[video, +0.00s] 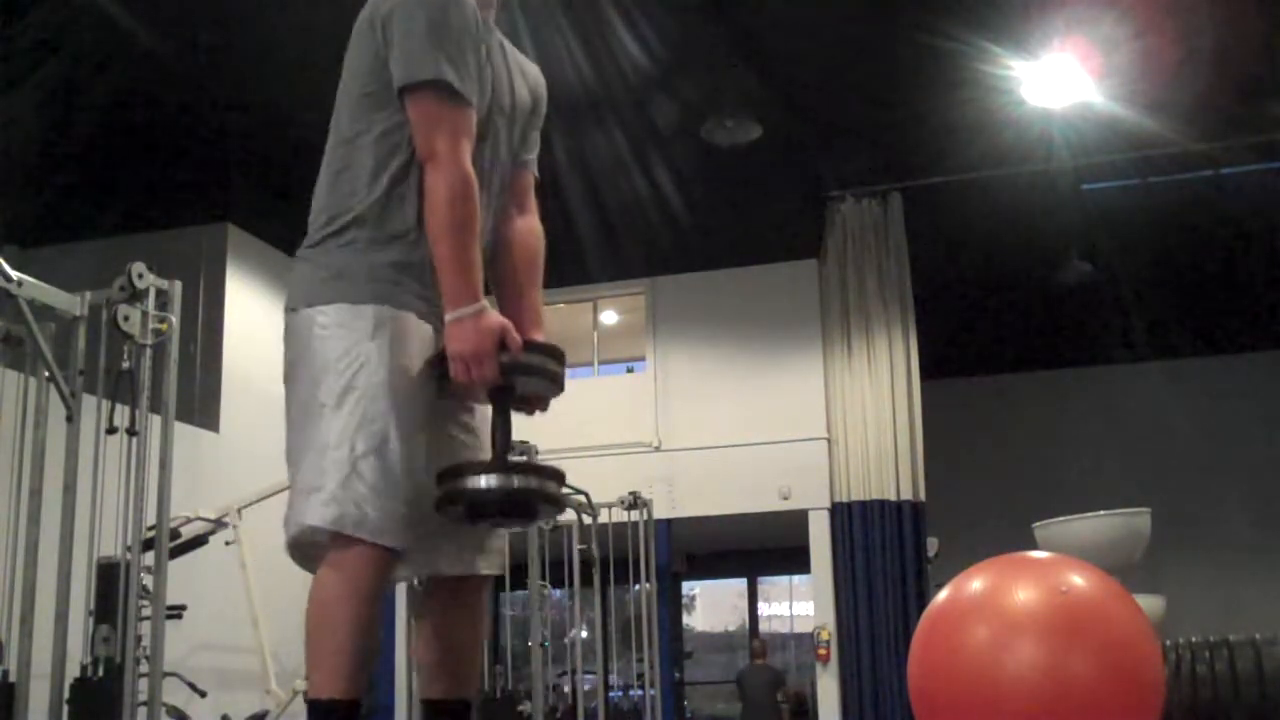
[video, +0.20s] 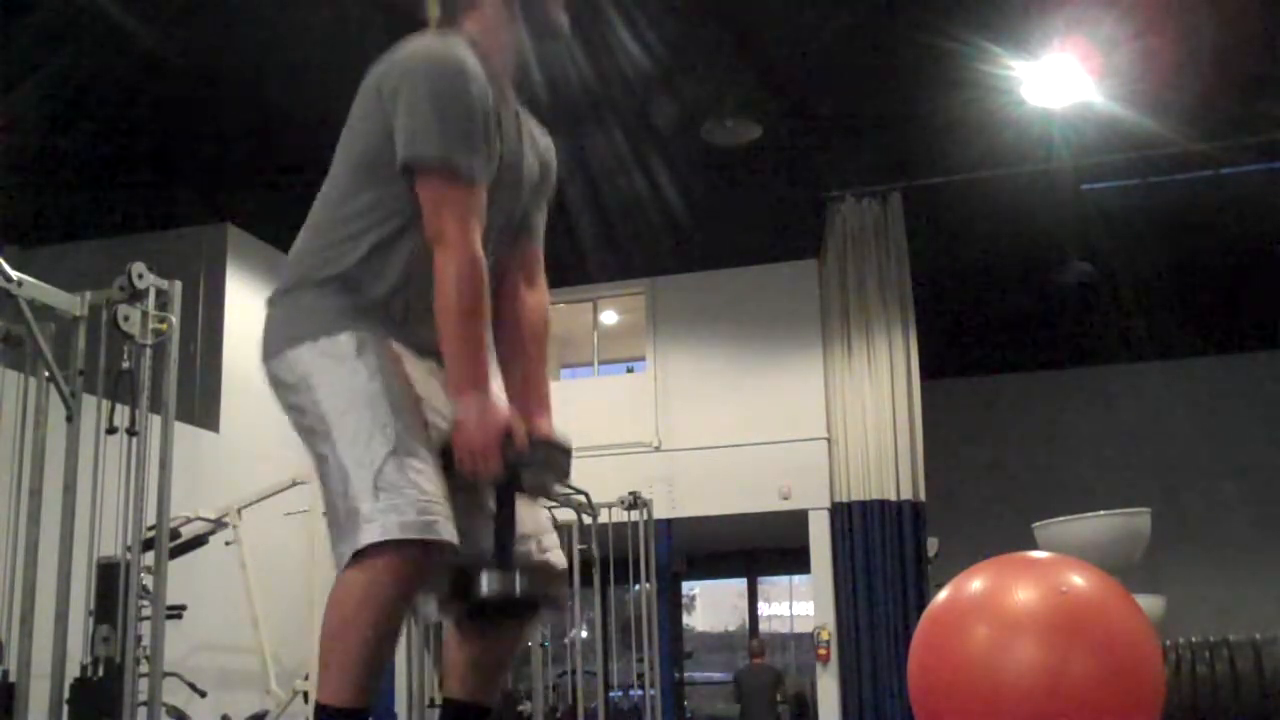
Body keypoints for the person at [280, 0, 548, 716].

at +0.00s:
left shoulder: (523, 75)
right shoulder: (427, 8)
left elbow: (519, 211)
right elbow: (442, 158)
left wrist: (531, 337)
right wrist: (464, 308)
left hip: (452, 317)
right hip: (365, 300)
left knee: (462, 553)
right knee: (363, 533)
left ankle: (449, 711)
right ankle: (332, 711)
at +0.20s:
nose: (550, 24)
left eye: (549, 17)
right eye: (530, 9)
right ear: (481, 9)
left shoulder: (533, 143)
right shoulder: (439, 65)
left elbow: (524, 279)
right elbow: (453, 243)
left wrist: (535, 418)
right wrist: (472, 399)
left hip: (423, 349)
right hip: (330, 324)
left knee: (513, 563)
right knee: (401, 530)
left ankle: (465, 711)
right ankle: (336, 711)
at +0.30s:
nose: (581, 22)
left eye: (577, 10)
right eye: (558, 7)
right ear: (502, 24)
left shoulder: (543, 192)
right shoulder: (451, 116)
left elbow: (529, 340)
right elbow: (459, 304)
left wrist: (541, 476)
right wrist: (474, 456)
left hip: (404, 376)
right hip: (312, 350)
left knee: (494, 531)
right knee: (405, 526)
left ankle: (470, 704)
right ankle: (338, 710)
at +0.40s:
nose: (598, 77)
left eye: (596, 61)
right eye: (580, 58)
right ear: (518, 68)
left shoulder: (549, 235)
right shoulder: (460, 165)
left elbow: (536, 390)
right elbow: (466, 363)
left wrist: (545, 523)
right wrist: (484, 514)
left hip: (397, 404)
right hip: (302, 382)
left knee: (534, 567)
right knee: (412, 535)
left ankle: (476, 709)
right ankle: (343, 713)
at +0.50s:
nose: (610, 118)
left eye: (605, 103)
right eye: (592, 100)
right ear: (533, 114)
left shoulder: (558, 280)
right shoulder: (469, 214)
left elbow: (542, 429)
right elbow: (474, 406)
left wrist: (545, 565)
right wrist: (491, 564)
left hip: (396, 429)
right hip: (299, 407)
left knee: (559, 563)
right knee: (432, 533)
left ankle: (477, 705)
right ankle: (345, 710)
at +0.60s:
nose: (615, 149)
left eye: (612, 134)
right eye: (594, 130)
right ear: (536, 144)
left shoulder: (563, 309)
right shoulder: (474, 244)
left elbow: (544, 455)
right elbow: (480, 445)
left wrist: (551, 605)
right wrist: (495, 605)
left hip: (404, 454)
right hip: (303, 433)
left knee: (575, 572)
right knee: (448, 541)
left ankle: (480, 706)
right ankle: (349, 710)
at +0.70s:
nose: (622, 173)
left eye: (621, 159)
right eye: (602, 153)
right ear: (539, 165)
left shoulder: (569, 329)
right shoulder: (482, 268)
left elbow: (547, 479)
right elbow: (485, 470)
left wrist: (551, 627)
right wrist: (498, 630)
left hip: (409, 473)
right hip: (308, 454)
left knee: (585, 577)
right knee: (459, 543)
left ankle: (495, 706)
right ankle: (357, 706)